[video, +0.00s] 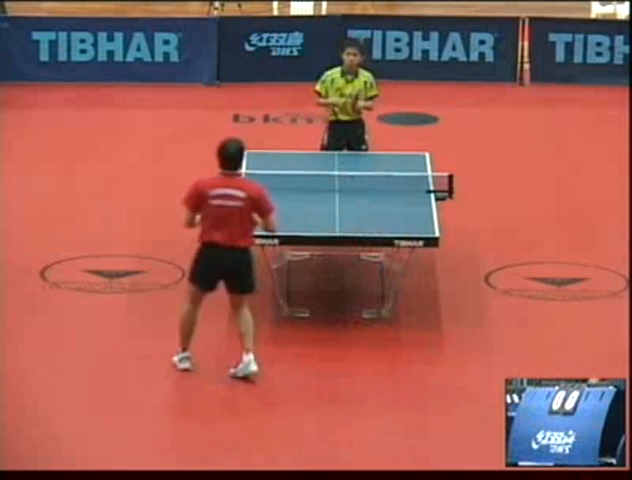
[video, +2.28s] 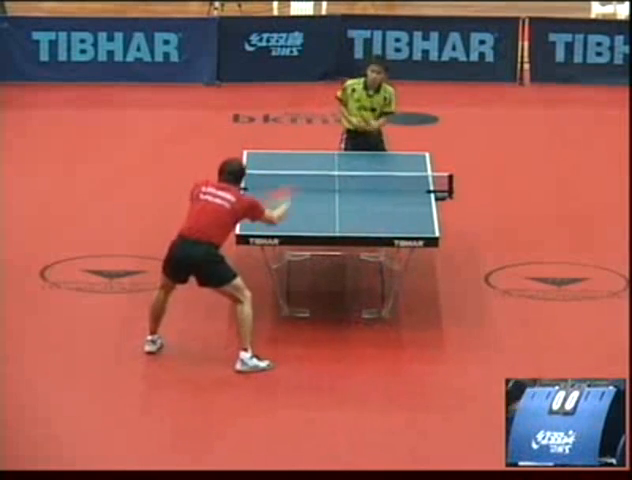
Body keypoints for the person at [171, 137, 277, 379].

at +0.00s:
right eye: (239, 158)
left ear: (218, 160)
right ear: (242, 161)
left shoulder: (203, 187)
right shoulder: (254, 190)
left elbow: (189, 222)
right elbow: (270, 226)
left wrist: (206, 215)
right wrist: (253, 218)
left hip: (210, 250)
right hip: (239, 253)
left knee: (193, 301)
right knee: (240, 305)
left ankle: (184, 353)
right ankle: (249, 356)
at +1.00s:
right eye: (227, 158)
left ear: (204, 158)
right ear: (226, 162)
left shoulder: (185, 178)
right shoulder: (229, 189)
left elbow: (164, 209)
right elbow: (257, 220)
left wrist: (181, 221)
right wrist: (260, 206)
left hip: (176, 241)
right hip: (203, 246)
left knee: (163, 289)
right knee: (230, 296)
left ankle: (152, 337)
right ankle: (238, 353)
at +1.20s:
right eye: (230, 166)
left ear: (207, 165)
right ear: (229, 169)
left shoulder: (187, 182)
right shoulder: (231, 195)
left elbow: (161, 208)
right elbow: (251, 230)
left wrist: (175, 223)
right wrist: (242, 235)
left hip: (171, 240)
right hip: (197, 244)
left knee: (161, 289)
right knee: (226, 297)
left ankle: (151, 338)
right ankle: (238, 354)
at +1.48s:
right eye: (232, 169)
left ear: (210, 169)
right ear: (233, 172)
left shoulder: (192, 182)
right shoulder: (236, 198)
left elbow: (165, 205)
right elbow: (257, 222)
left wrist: (179, 225)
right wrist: (259, 207)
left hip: (177, 241)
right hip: (205, 246)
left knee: (161, 290)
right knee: (233, 297)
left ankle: (151, 338)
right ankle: (241, 353)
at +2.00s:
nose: (226, 178)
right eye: (228, 175)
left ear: (205, 173)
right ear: (227, 177)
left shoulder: (187, 188)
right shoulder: (228, 200)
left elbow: (175, 210)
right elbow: (253, 236)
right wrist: (241, 237)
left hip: (168, 244)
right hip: (194, 250)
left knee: (162, 287)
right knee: (231, 298)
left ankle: (151, 337)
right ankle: (242, 355)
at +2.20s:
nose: (236, 187)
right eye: (237, 183)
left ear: (214, 179)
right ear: (236, 185)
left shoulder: (196, 192)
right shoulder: (238, 206)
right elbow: (268, 230)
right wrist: (257, 236)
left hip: (176, 249)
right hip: (203, 255)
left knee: (163, 288)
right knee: (243, 297)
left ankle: (151, 338)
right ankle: (246, 355)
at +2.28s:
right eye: (241, 177)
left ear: (220, 175)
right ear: (242, 179)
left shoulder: (201, 187)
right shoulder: (244, 202)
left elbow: (194, 204)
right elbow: (272, 219)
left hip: (180, 245)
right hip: (207, 252)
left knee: (164, 289)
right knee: (243, 297)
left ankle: (151, 338)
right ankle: (246, 355)